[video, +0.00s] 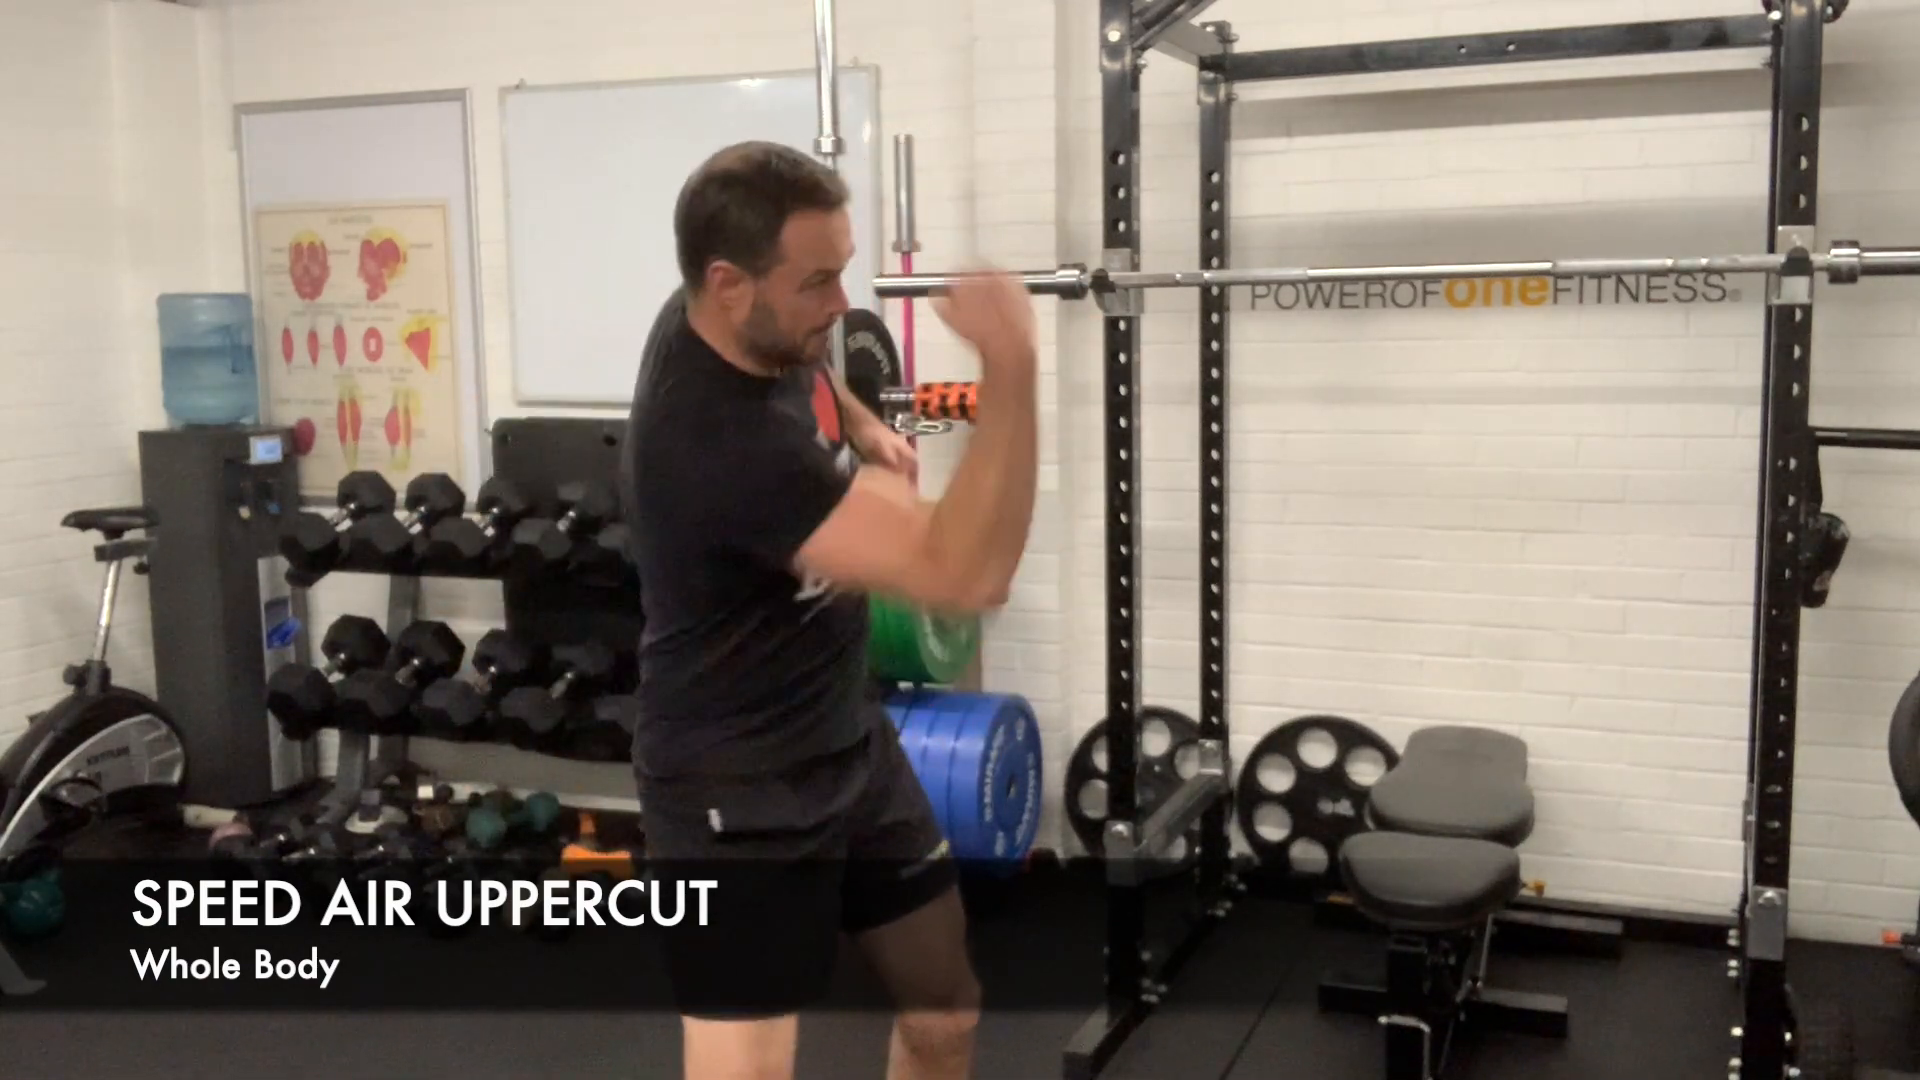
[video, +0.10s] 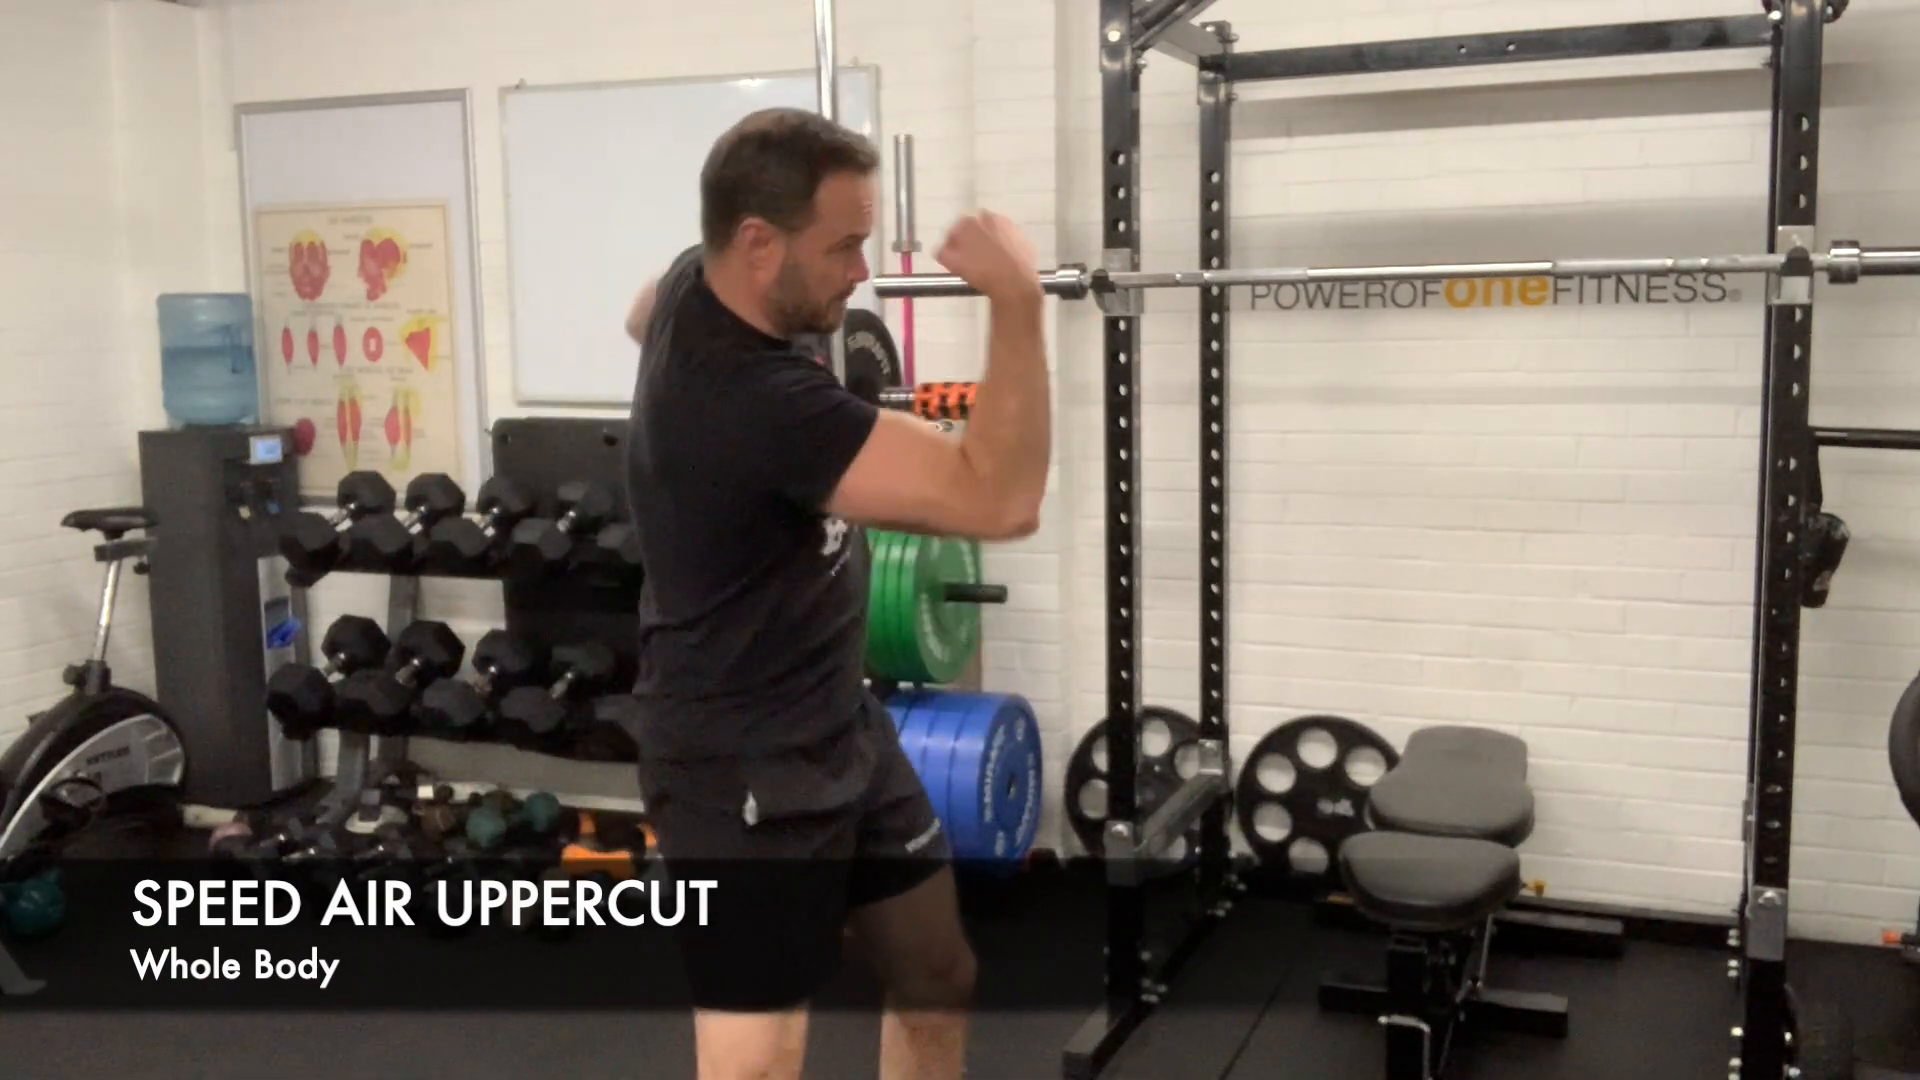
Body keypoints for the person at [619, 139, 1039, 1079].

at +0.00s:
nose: (840, 303)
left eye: (840, 275)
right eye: (817, 284)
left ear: (733, 278)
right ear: (728, 285)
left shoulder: (736, 325)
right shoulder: (718, 443)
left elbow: (796, 381)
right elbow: (961, 571)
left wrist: (866, 430)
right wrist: (1010, 367)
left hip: (848, 745)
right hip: (733, 788)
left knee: (942, 1016)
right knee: (744, 1065)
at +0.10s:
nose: (861, 271)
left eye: (862, 244)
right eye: (844, 248)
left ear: (756, 239)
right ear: (757, 244)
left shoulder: (714, 288)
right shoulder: (752, 399)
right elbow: (999, 495)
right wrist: (1017, 298)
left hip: (840, 727)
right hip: (739, 761)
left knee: (937, 985)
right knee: (750, 1059)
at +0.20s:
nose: (906, 286)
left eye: (911, 260)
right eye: (890, 260)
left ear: (815, 248)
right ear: (806, 246)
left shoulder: (808, 361)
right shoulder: (732, 390)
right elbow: (866, 647)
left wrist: (863, 647)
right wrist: (1038, 523)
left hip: (818, 747)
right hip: (704, 776)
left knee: (926, 990)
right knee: (711, 1063)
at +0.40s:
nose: (944, 371)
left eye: (962, 348)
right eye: (924, 336)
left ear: (973, 345)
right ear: (851, 302)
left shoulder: (937, 468)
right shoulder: (689, 381)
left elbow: (995, 661)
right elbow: (477, 438)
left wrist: (1008, 445)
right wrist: (506, 576)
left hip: (791, 771)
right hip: (634, 765)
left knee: (948, 1046)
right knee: (656, 1068)